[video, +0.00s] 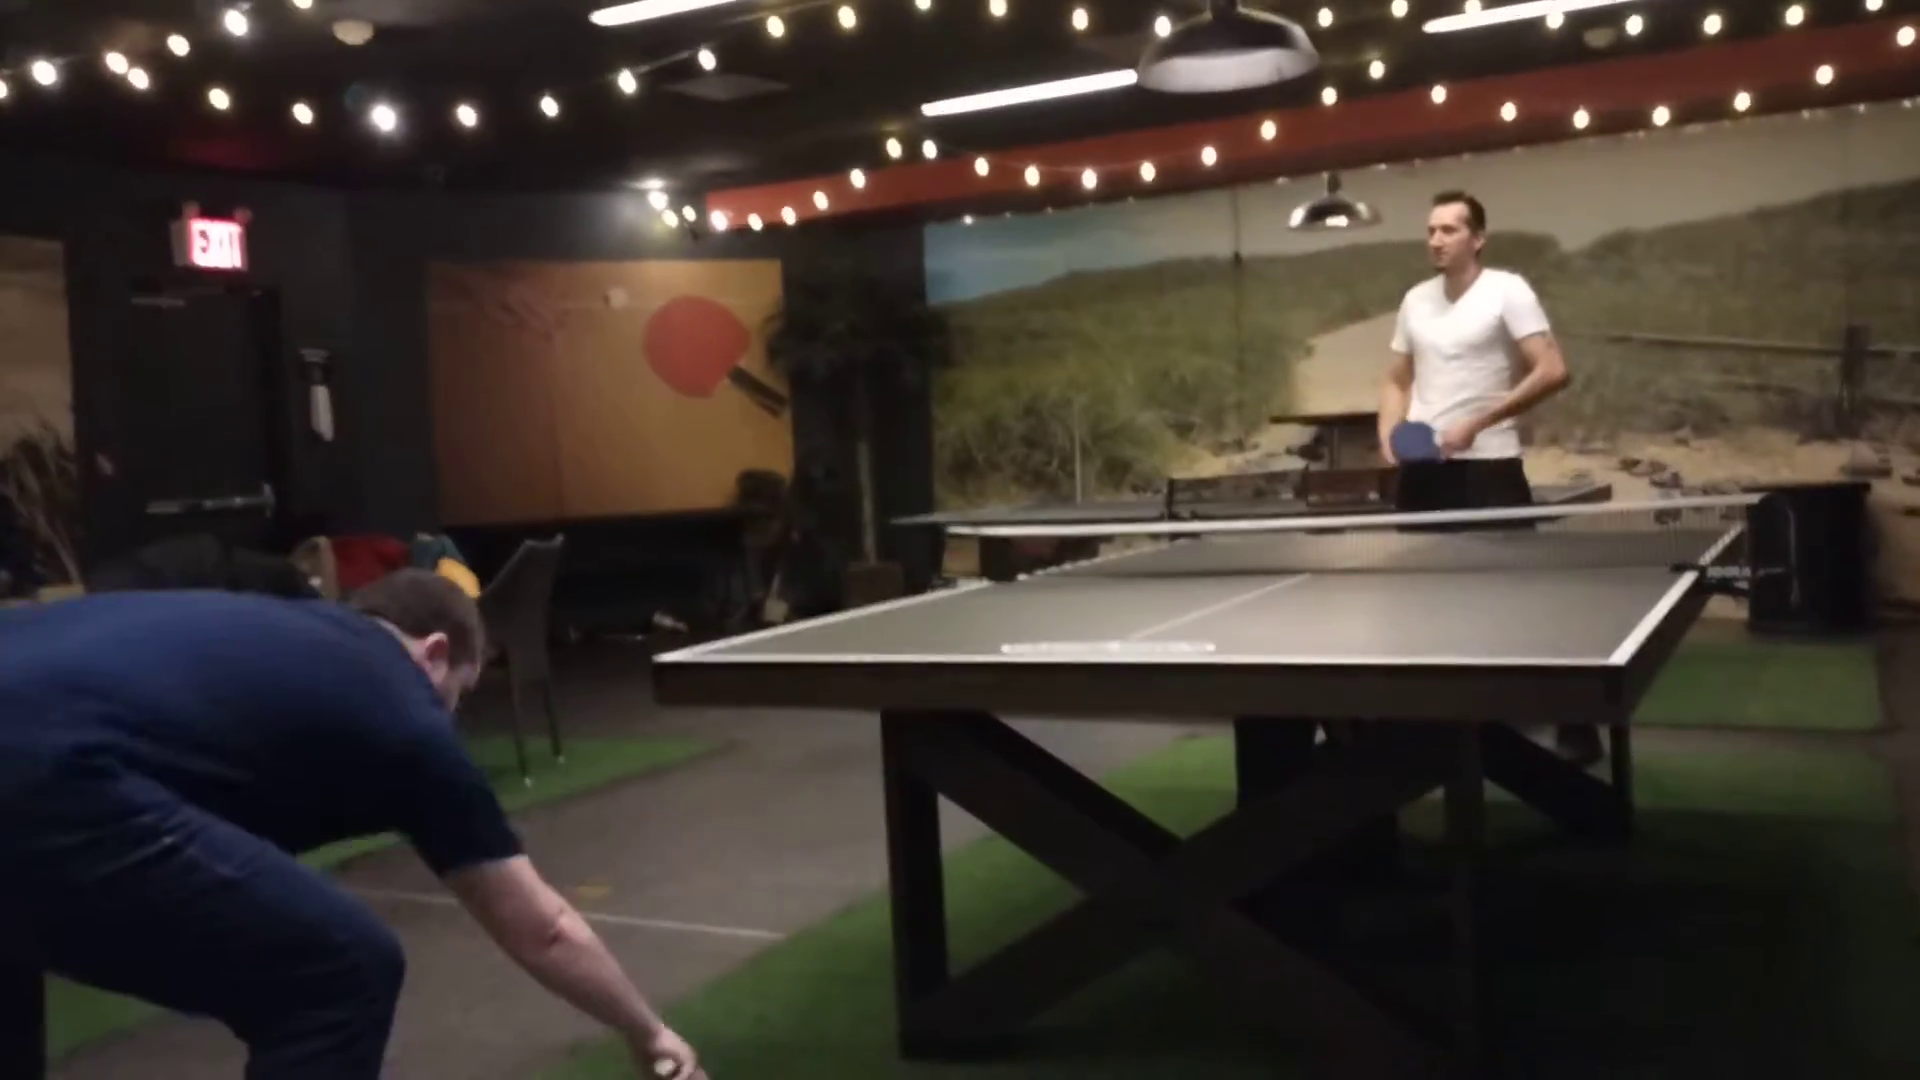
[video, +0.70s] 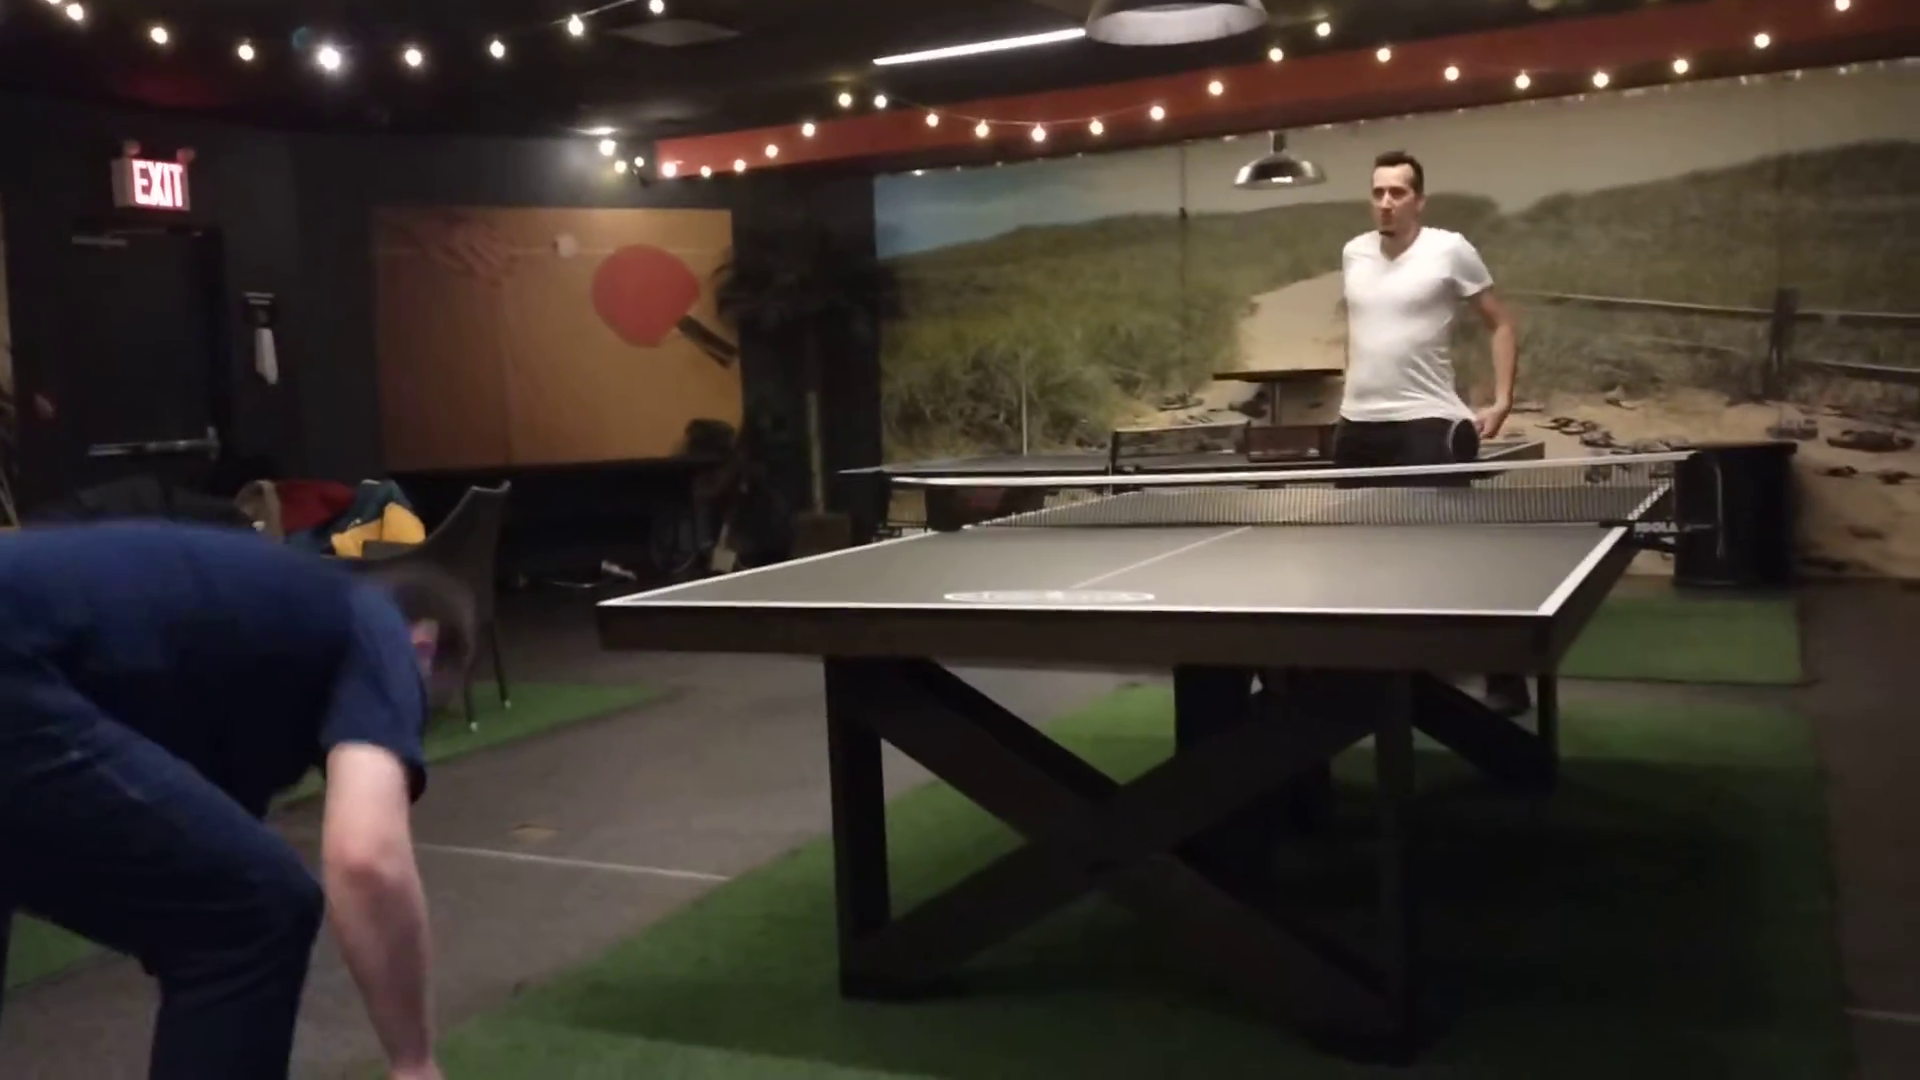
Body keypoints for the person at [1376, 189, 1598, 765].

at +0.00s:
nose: (1437, 239)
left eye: (1449, 230)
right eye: (1431, 230)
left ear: (1478, 238)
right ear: (1428, 239)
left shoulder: (1508, 291)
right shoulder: (1415, 301)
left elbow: (1553, 369)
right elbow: (1397, 380)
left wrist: (1477, 422)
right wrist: (1387, 435)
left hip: (1490, 469)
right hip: (1424, 470)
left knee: (1518, 590)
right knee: (1429, 593)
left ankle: (1572, 724)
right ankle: (1439, 729)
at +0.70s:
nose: (1385, 201)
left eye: (1397, 192)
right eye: (1378, 192)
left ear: (1420, 199)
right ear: (1370, 199)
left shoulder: (1450, 250)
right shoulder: (1355, 253)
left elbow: (1501, 323)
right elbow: (1360, 331)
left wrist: (1501, 403)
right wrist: (1352, 398)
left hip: (1430, 427)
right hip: (1360, 429)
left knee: (1446, 552)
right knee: (1357, 554)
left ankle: (1500, 678)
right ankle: (1364, 682)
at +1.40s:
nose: (1358, 169)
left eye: (1369, 159)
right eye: (1351, 160)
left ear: (1394, 158)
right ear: (1343, 162)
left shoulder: (1428, 213)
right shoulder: (1333, 212)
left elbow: (1453, 301)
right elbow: (1286, 281)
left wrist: (1387, 317)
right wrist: (1317, 207)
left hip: (1404, 385)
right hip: (1336, 384)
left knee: (1430, 503)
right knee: (1334, 505)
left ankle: (1470, 634)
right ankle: (1336, 639)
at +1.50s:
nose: (1356, 169)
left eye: (1367, 158)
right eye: (1350, 159)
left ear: (1392, 158)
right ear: (1342, 162)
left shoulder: (1426, 211)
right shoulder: (1330, 210)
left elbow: (1449, 300)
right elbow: (1286, 275)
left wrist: (1381, 314)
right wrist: (1320, 198)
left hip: (1401, 383)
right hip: (1333, 382)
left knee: (1425, 501)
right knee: (1331, 503)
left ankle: (1466, 629)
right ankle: (1334, 634)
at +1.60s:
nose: (1357, 166)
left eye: (1367, 156)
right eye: (1350, 157)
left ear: (1391, 157)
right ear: (1341, 159)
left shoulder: (1424, 210)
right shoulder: (1328, 208)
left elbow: (1449, 297)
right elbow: (1284, 271)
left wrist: (1378, 316)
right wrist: (1320, 194)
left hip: (1398, 379)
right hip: (1329, 379)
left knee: (1423, 499)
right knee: (1328, 501)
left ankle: (1462, 627)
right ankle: (1330, 632)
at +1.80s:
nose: (1354, 163)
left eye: (1363, 154)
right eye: (1349, 153)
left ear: (1381, 154)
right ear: (1338, 151)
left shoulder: (1418, 203)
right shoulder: (1326, 200)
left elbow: (1443, 290)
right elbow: (1283, 267)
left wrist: (1380, 326)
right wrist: (1317, 185)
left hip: (1390, 381)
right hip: (1322, 381)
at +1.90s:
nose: (1346, 176)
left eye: (1355, 166)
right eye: (1340, 166)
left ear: (1373, 164)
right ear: (1329, 164)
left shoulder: (1410, 213)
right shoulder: (1318, 208)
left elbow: (1433, 304)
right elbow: (1274, 278)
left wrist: (1367, 337)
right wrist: (1305, 200)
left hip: (1379, 390)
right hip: (1312, 390)